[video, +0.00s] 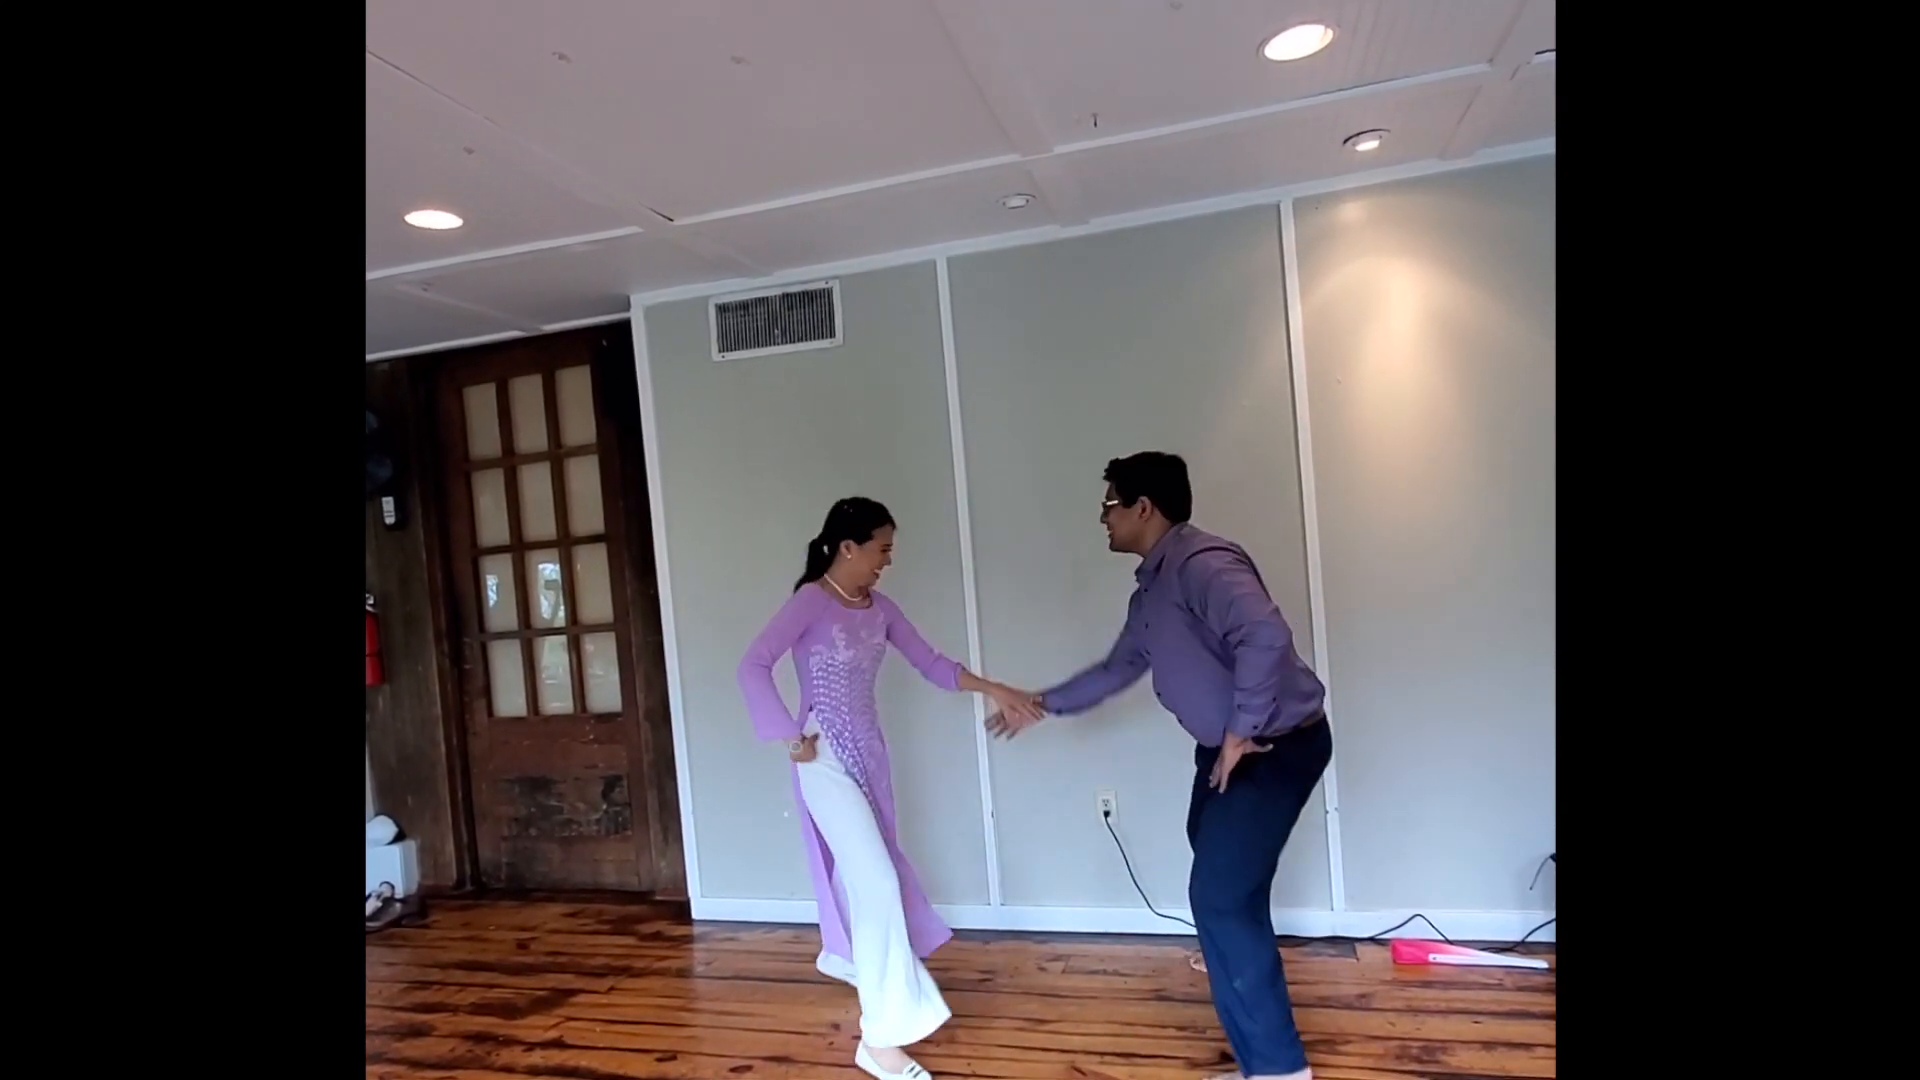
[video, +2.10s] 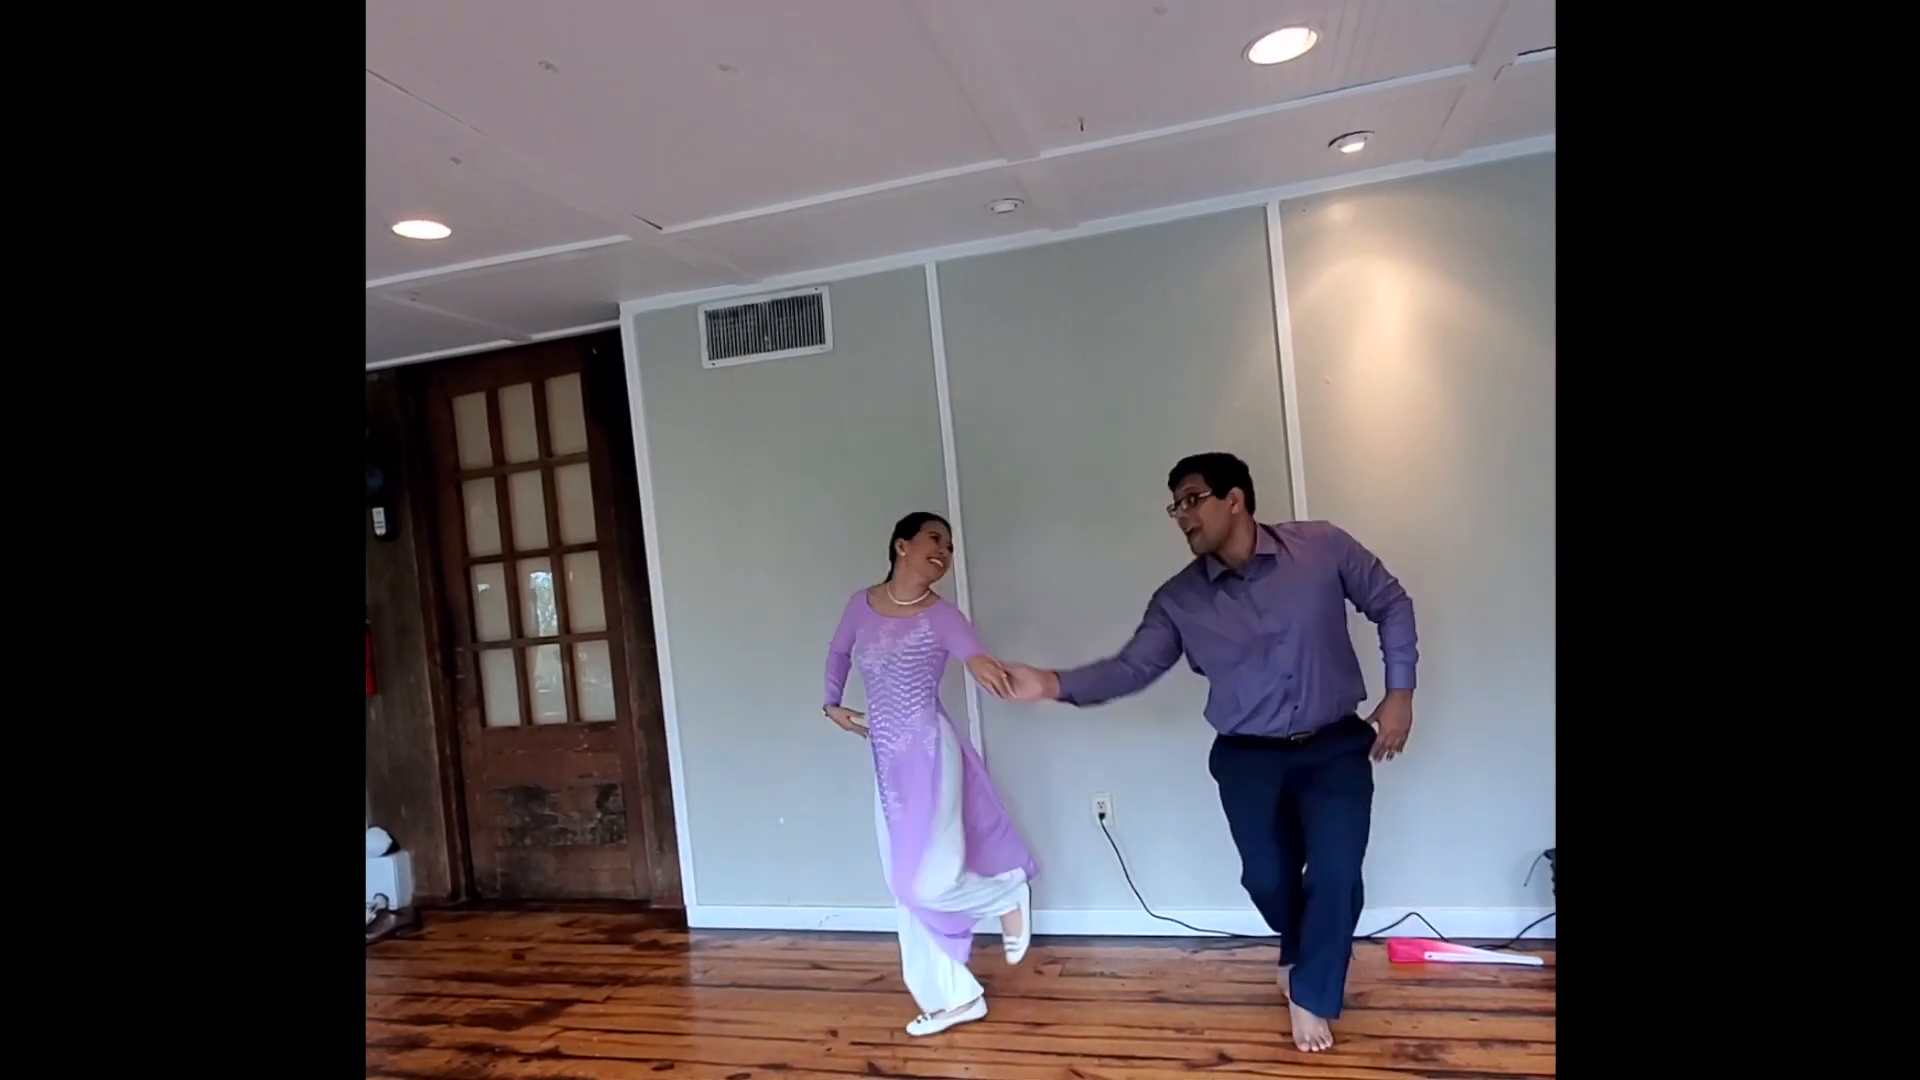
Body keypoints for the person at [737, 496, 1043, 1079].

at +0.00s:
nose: (887, 562)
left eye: (890, 552)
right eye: (881, 551)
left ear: (863, 551)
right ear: (845, 546)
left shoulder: (880, 608)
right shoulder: (810, 602)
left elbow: (931, 664)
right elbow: (753, 668)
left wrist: (996, 689)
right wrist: (789, 735)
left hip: (870, 757)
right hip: (824, 758)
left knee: (871, 862)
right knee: (877, 877)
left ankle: (842, 951)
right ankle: (879, 1038)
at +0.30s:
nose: (913, 541)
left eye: (907, 534)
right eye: (900, 536)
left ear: (886, 559)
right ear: (871, 559)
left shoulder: (915, 628)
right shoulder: (842, 612)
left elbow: (953, 714)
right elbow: (765, 673)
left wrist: (996, 706)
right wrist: (796, 740)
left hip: (879, 777)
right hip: (827, 776)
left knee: (876, 898)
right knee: (879, 900)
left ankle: (779, 955)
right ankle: (884, 1053)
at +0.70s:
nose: (940, 552)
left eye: (935, 543)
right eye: (928, 545)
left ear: (904, 561)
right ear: (896, 560)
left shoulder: (929, 633)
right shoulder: (871, 623)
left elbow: (961, 712)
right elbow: (815, 700)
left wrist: (1024, 709)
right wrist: (857, 762)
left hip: (902, 783)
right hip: (862, 783)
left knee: (933, 891)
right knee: (916, 903)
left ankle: (841, 954)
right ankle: (881, 1050)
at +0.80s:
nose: (947, 554)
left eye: (944, 545)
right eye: (937, 547)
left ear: (915, 561)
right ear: (905, 561)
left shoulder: (936, 630)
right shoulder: (883, 620)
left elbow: (969, 704)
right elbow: (847, 696)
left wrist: (1044, 718)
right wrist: (881, 767)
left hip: (912, 780)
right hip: (872, 784)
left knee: (980, 871)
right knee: (918, 905)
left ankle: (913, 975)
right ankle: (890, 1052)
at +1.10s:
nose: (979, 562)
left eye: (976, 553)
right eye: (970, 555)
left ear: (947, 568)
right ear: (940, 568)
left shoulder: (969, 626)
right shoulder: (911, 627)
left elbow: (1008, 687)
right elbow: (871, 707)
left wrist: (1085, 693)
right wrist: (910, 755)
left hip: (968, 766)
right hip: (923, 769)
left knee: (1012, 855)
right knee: (969, 862)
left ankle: (977, 948)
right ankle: (913, 969)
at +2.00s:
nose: (959, 547)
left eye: (960, 540)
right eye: (950, 537)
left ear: (940, 549)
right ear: (915, 543)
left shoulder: (959, 611)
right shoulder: (870, 602)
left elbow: (993, 665)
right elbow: (838, 651)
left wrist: (1003, 687)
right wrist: (838, 706)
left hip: (950, 752)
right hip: (896, 757)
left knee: (965, 869)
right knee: (913, 874)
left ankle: (1003, 931)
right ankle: (961, 992)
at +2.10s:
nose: (944, 553)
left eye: (948, 548)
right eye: (935, 543)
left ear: (944, 561)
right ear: (901, 547)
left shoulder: (939, 613)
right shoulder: (861, 605)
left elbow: (967, 642)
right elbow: (839, 654)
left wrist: (980, 659)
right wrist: (833, 705)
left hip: (932, 752)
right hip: (888, 756)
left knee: (929, 885)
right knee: (909, 884)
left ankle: (1008, 894)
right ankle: (957, 995)